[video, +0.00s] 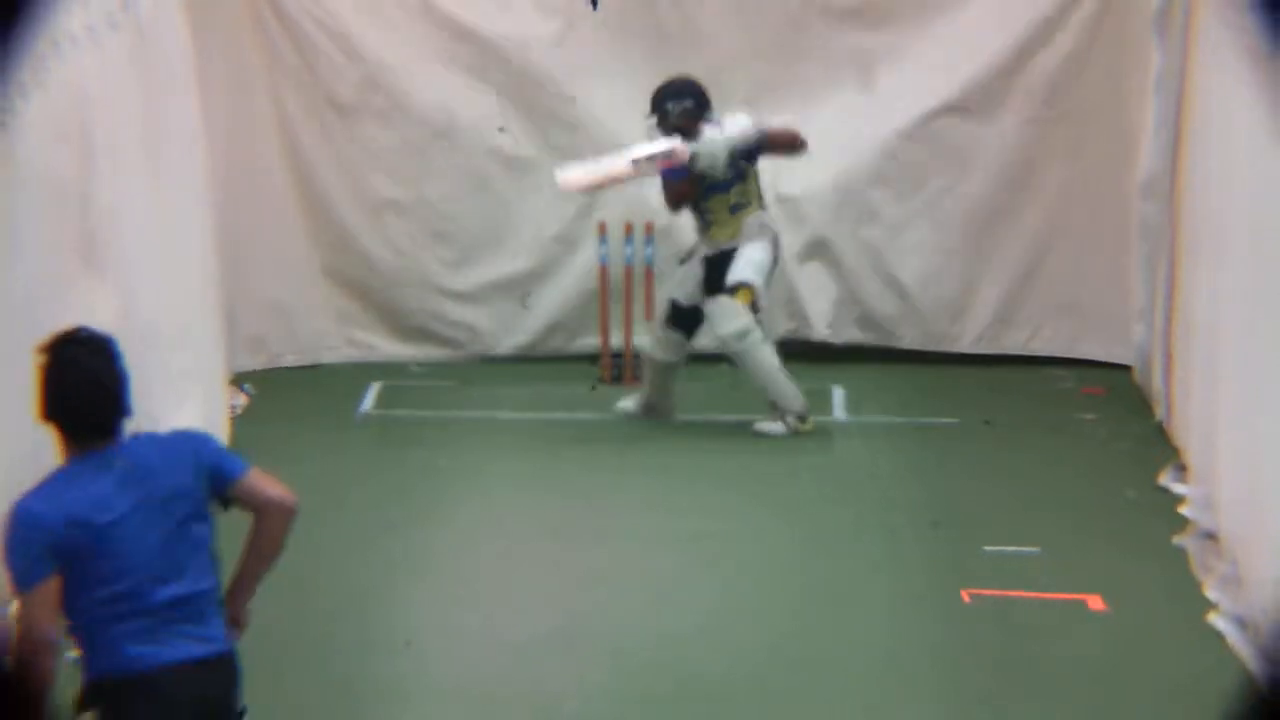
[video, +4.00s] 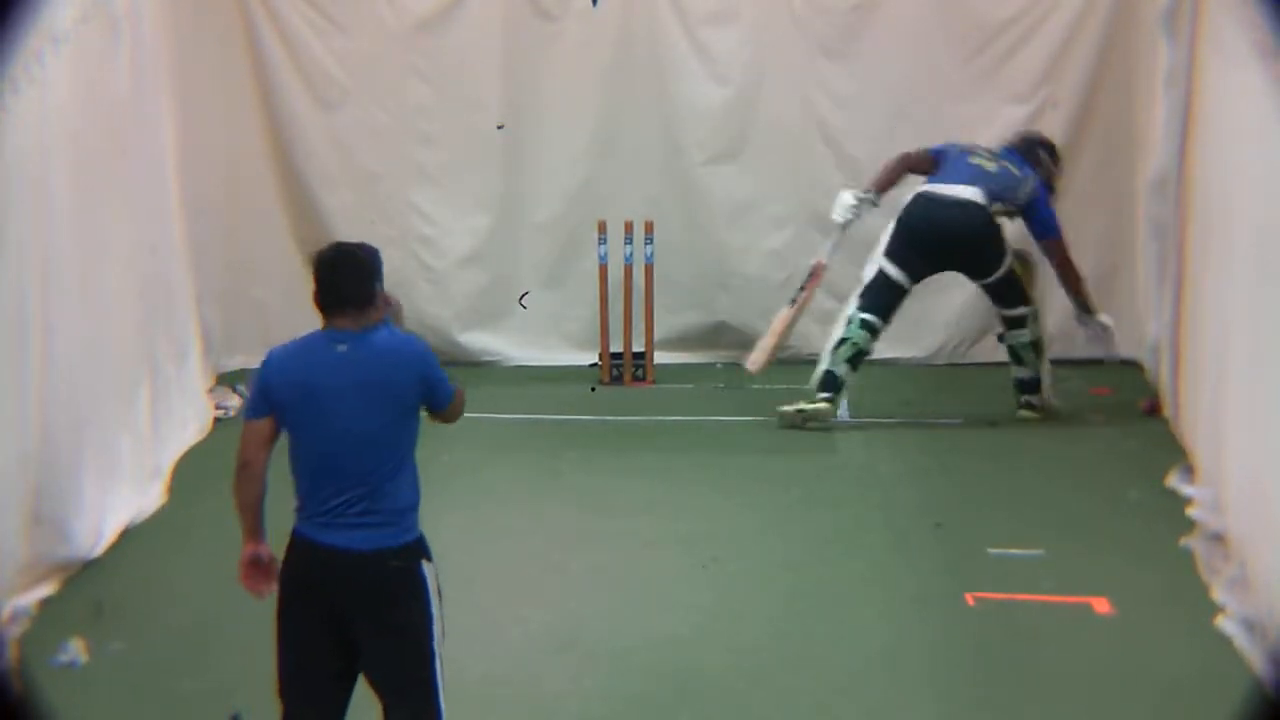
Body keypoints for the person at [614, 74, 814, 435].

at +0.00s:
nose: (667, 126)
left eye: (672, 116)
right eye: (663, 118)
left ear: (694, 113)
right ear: (661, 120)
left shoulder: (733, 131)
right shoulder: (672, 154)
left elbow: (795, 143)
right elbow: (674, 201)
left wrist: (740, 146)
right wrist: (700, 167)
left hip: (752, 238)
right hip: (711, 245)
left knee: (730, 317)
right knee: (673, 323)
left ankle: (793, 411)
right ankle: (654, 402)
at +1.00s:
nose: (724, 59)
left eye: (733, 51)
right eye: (718, 51)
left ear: (754, 50)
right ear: (712, 50)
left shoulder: (770, 90)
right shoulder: (721, 97)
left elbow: (803, 146)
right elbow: (715, 158)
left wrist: (795, 204)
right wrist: (694, 209)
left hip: (766, 214)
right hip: (732, 212)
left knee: (764, 307)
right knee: (730, 308)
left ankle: (796, 411)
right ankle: (730, 402)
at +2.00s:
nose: (715, 60)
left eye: (720, 52)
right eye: (714, 52)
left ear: (740, 48)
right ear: (736, 50)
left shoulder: (769, 85)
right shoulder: (734, 92)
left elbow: (802, 144)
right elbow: (730, 158)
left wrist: (806, 206)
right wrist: (690, 199)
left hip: (767, 213)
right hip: (735, 212)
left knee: (762, 307)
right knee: (725, 305)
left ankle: (794, 408)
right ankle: (730, 403)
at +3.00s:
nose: (750, 48)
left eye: (752, 42)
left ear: (756, 44)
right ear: (795, 49)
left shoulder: (736, 76)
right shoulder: (804, 95)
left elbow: (714, 135)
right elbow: (815, 162)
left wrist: (698, 192)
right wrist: (783, 191)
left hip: (750, 199)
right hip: (789, 202)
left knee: (736, 295)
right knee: (761, 298)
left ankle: (758, 397)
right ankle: (734, 397)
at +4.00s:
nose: (1053, 183)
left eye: (1055, 176)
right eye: (1052, 174)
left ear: (1016, 150)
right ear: (1039, 163)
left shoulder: (963, 152)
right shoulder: (1031, 185)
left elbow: (905, 160)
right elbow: (1060, 259)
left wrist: (864, 196)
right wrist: (1086, 311)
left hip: (920, 220)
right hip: (971, 228)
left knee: (871, 311)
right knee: (1015, 310)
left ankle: (824, 396)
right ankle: (1029, 397)